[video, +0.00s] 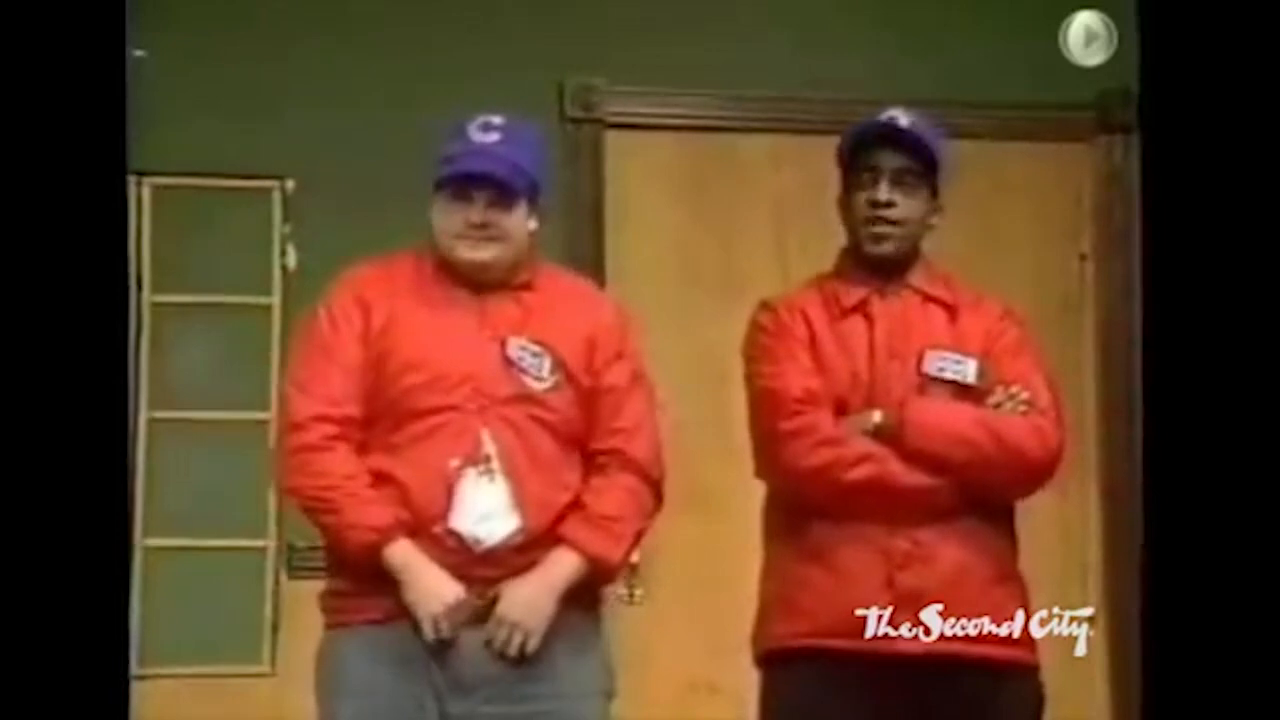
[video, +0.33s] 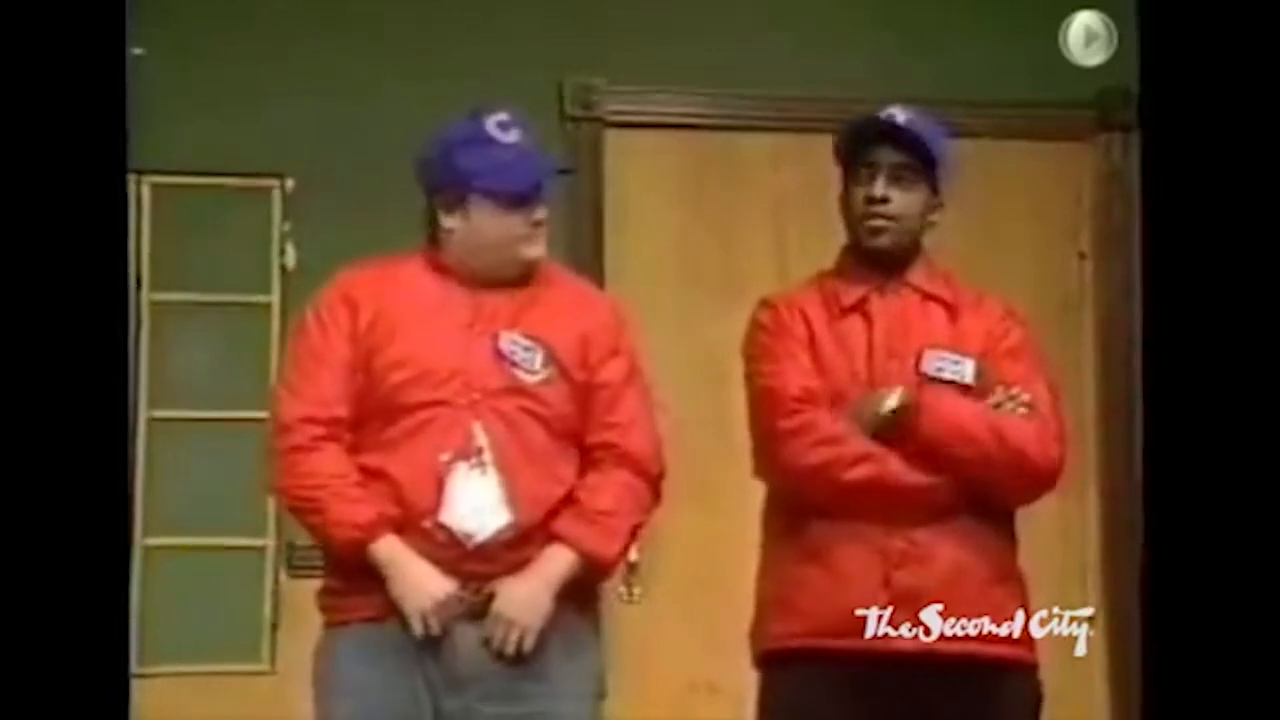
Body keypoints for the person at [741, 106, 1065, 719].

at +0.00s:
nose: (881, 198)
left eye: (904, 183)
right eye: (866, 181)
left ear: (933, 207)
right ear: (841, 201)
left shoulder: (989, 322)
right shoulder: (788, 319)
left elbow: (1035, 448)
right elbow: (797, 459)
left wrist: (891, 423)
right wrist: (973, 462)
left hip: (974, 646)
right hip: (825, 646)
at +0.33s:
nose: (877, 194)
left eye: (901, 179)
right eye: (863, 177)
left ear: (933, 204)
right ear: (842, 197)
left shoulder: (990, 321)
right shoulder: (788, 317)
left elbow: (1035, 458)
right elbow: (796, 457)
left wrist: (905, 411)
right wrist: (968, 470)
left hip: (974, 648)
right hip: (823, 646)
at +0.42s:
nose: (872, 188)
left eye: (896, 172)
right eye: (859, 171)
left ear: (932, 196)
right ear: (840, 191)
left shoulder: (993, 317)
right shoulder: (787, 318)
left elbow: (1023, 462)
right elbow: (785, 459)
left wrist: (965, 364)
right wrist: (948, 463)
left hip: (972, 647)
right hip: (823, 648)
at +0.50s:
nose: (863, 186)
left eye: (888, 170)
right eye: (853, 170)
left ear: (932, 193)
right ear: (838, 187)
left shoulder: (986, 305)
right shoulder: (787, 316)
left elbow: (1014, 444)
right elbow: (780, 459)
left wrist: (952, 323)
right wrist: (940, 456)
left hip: (973, 644)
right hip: (822, 648)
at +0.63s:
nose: (848, 194)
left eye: (872, 177)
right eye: (844, 178)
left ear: (930, 199)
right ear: (835, 190)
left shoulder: (999, 309)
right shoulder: (797, 313)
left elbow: (1001, 438)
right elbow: (783, 462)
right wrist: (948, 449)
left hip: (975, 649)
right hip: (824, 651)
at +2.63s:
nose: (885, 191)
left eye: (894, 173)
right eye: (858, 177)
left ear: (909, 187)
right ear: (816, 200)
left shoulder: (969, 307)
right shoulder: (776, 315)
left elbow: (1027, 437)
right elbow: (793, 457)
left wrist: (880, 418)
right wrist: (968, 466)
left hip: (966, 642)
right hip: (817, 645)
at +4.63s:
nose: (898, 197)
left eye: (906, 179)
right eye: (875, 179)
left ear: (917, 189)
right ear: (826, 195)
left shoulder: (970, 306)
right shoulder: (777, 311)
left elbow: (1024, 430)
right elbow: (791, 445)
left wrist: (880, 408)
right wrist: (965, 458)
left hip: (966, 634)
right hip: (816, 637)